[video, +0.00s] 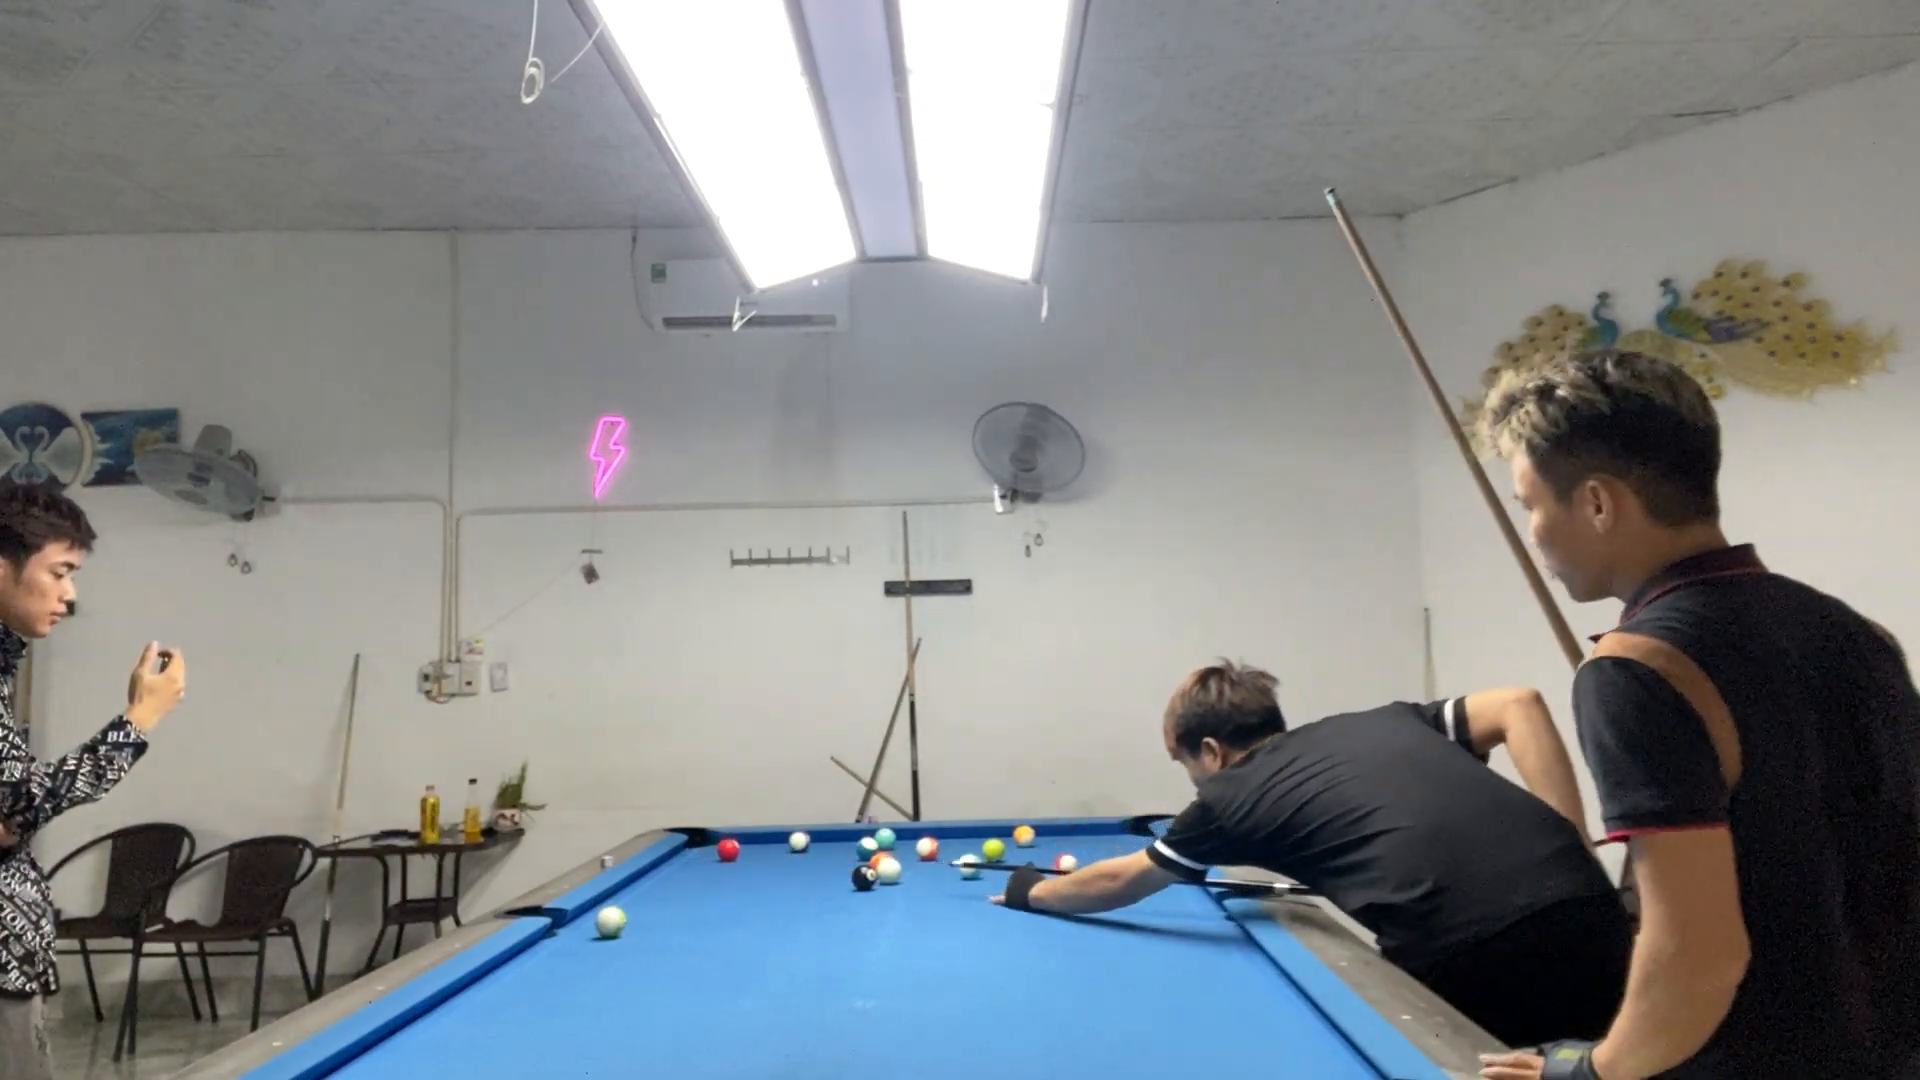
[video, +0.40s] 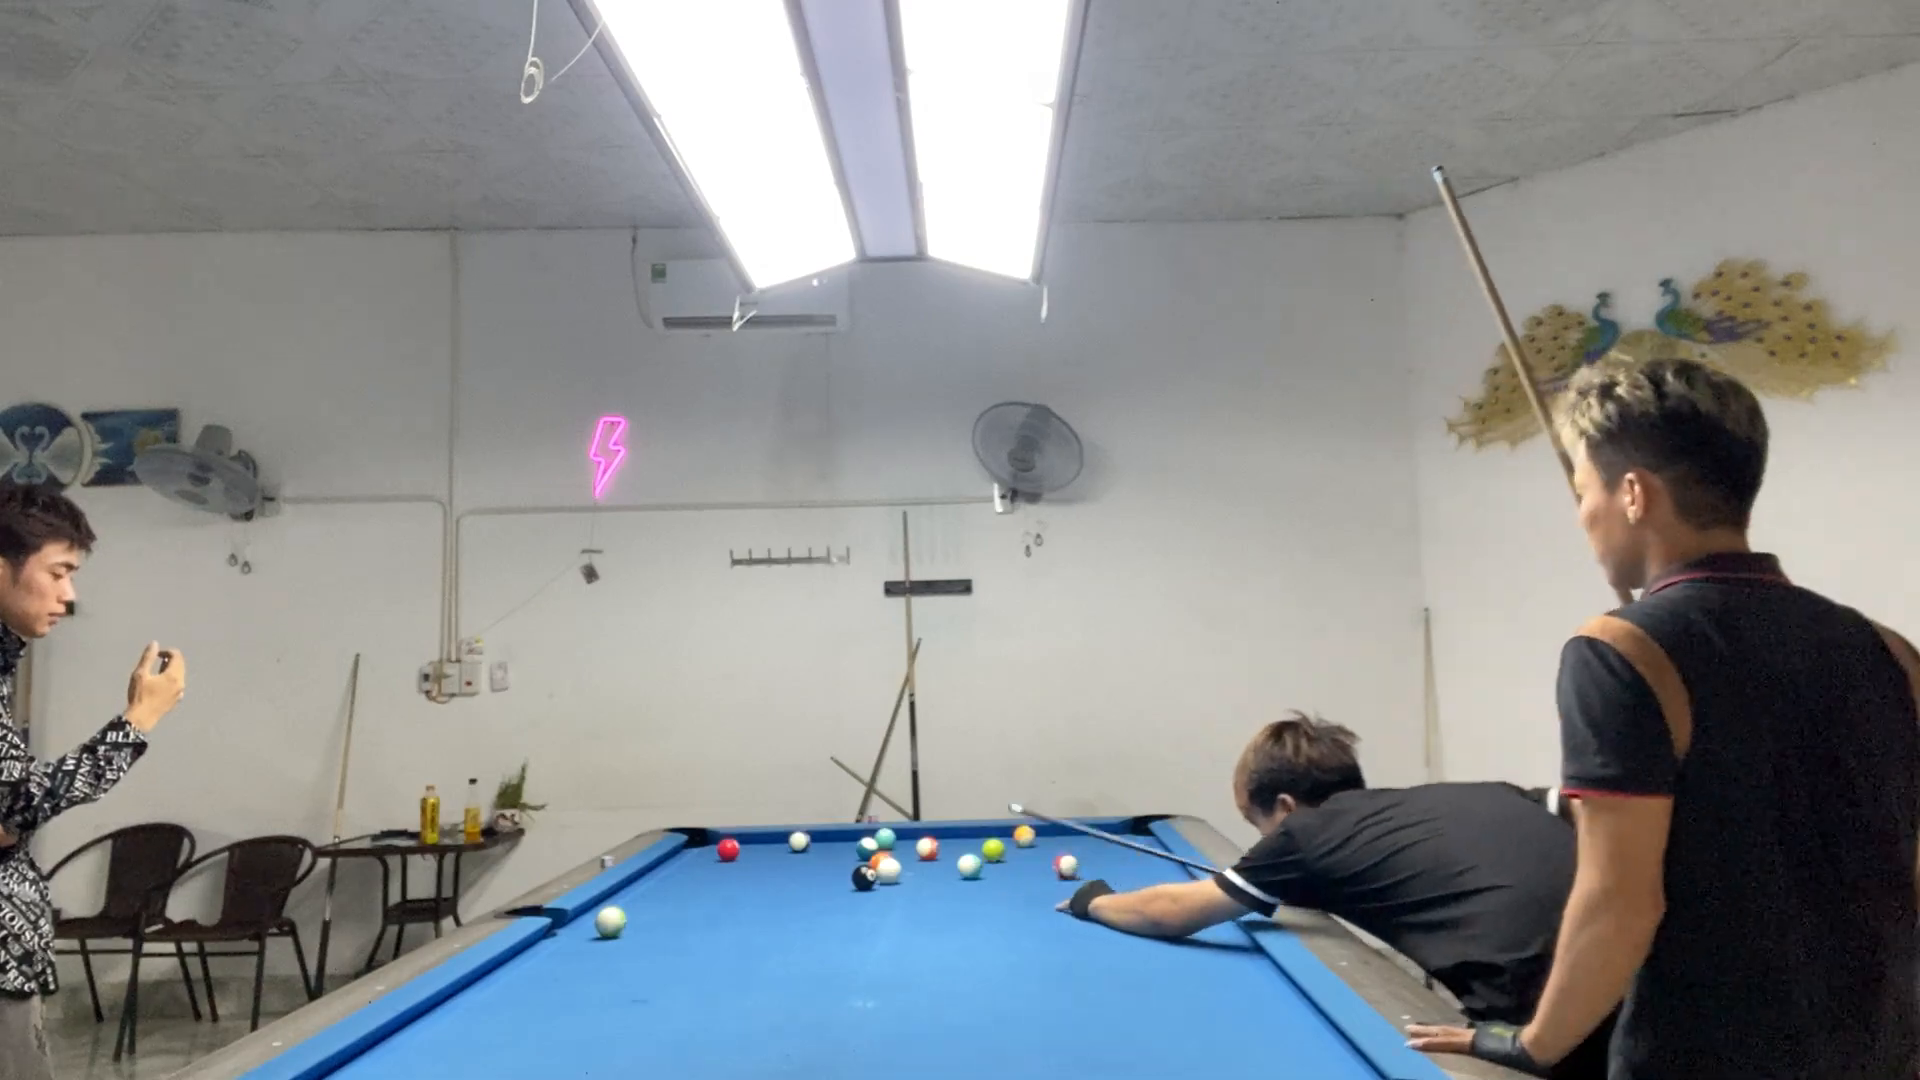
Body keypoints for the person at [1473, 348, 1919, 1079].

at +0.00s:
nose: (1528, 534)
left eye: (1529, 505)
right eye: (1522, 508)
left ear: (1599, 505)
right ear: (1696, 480)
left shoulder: (1635, 673)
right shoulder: (1856, 635)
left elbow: (1697, 952)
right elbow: (1896, 892)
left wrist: (1600, 1068)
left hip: (1743, 1062)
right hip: (1889, 1052)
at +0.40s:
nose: (1583, 521)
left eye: (1583, 494)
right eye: (1577, 497)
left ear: (1634, 496)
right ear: (1735, 489)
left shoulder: (1622, 654)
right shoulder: (1889, 653)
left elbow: (1620, 902)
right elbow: (1902, 880)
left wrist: (1535, 1048)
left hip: (1694, 1058)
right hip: (1875, 1053)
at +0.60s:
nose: (1608, 519)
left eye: (1610, 492)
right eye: (1605, 495)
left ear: (1658, 491)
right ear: (1758, 491)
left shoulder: (1633, 635)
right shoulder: (1895, 645)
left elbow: (1617, 872)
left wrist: (1535, 1047)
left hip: (1713, 1052)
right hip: (1882, 1048)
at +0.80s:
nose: (1652, 524)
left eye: (1655, 499)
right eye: (1651, 501)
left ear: (1696, 503)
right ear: (1801, 501)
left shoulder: (1651, 643)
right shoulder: (1902, 632)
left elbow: (1619, 857)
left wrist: (1538, 1047)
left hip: (1749, 1051)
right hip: (1897, 1047)